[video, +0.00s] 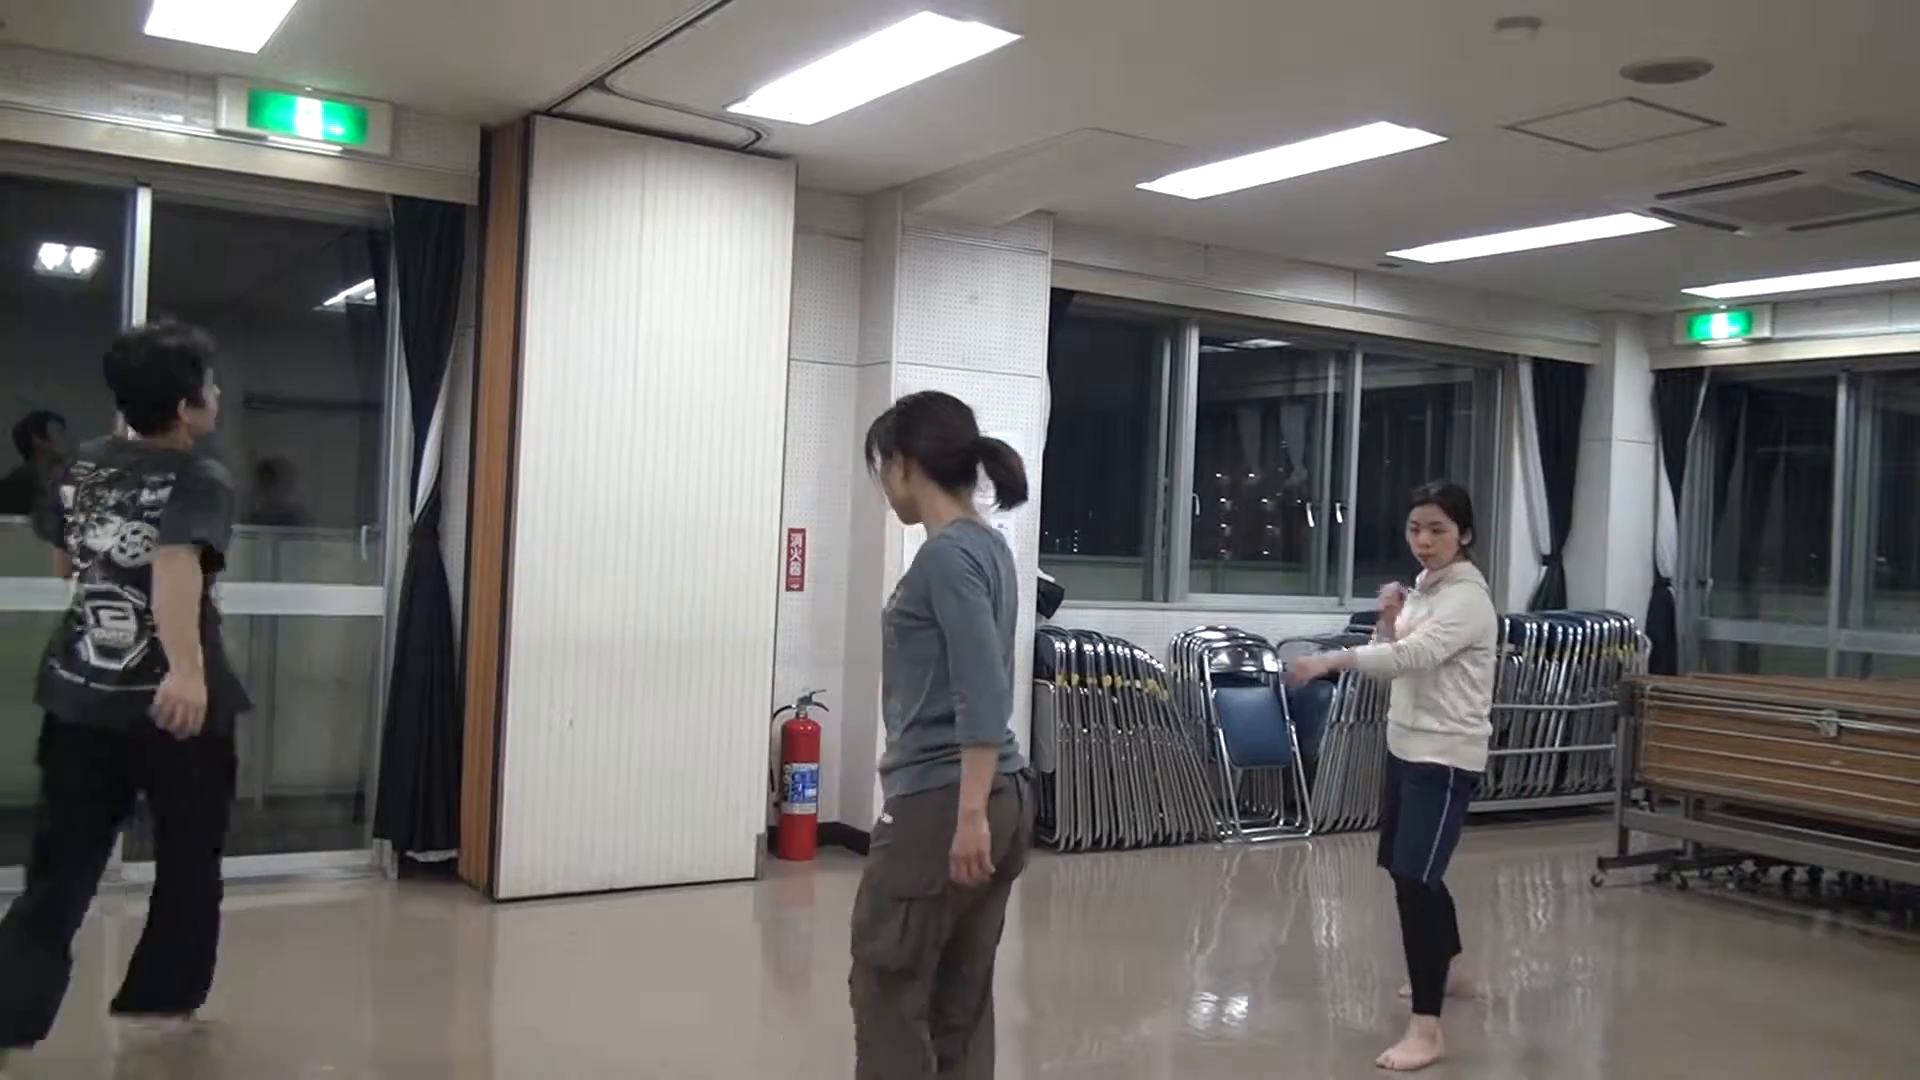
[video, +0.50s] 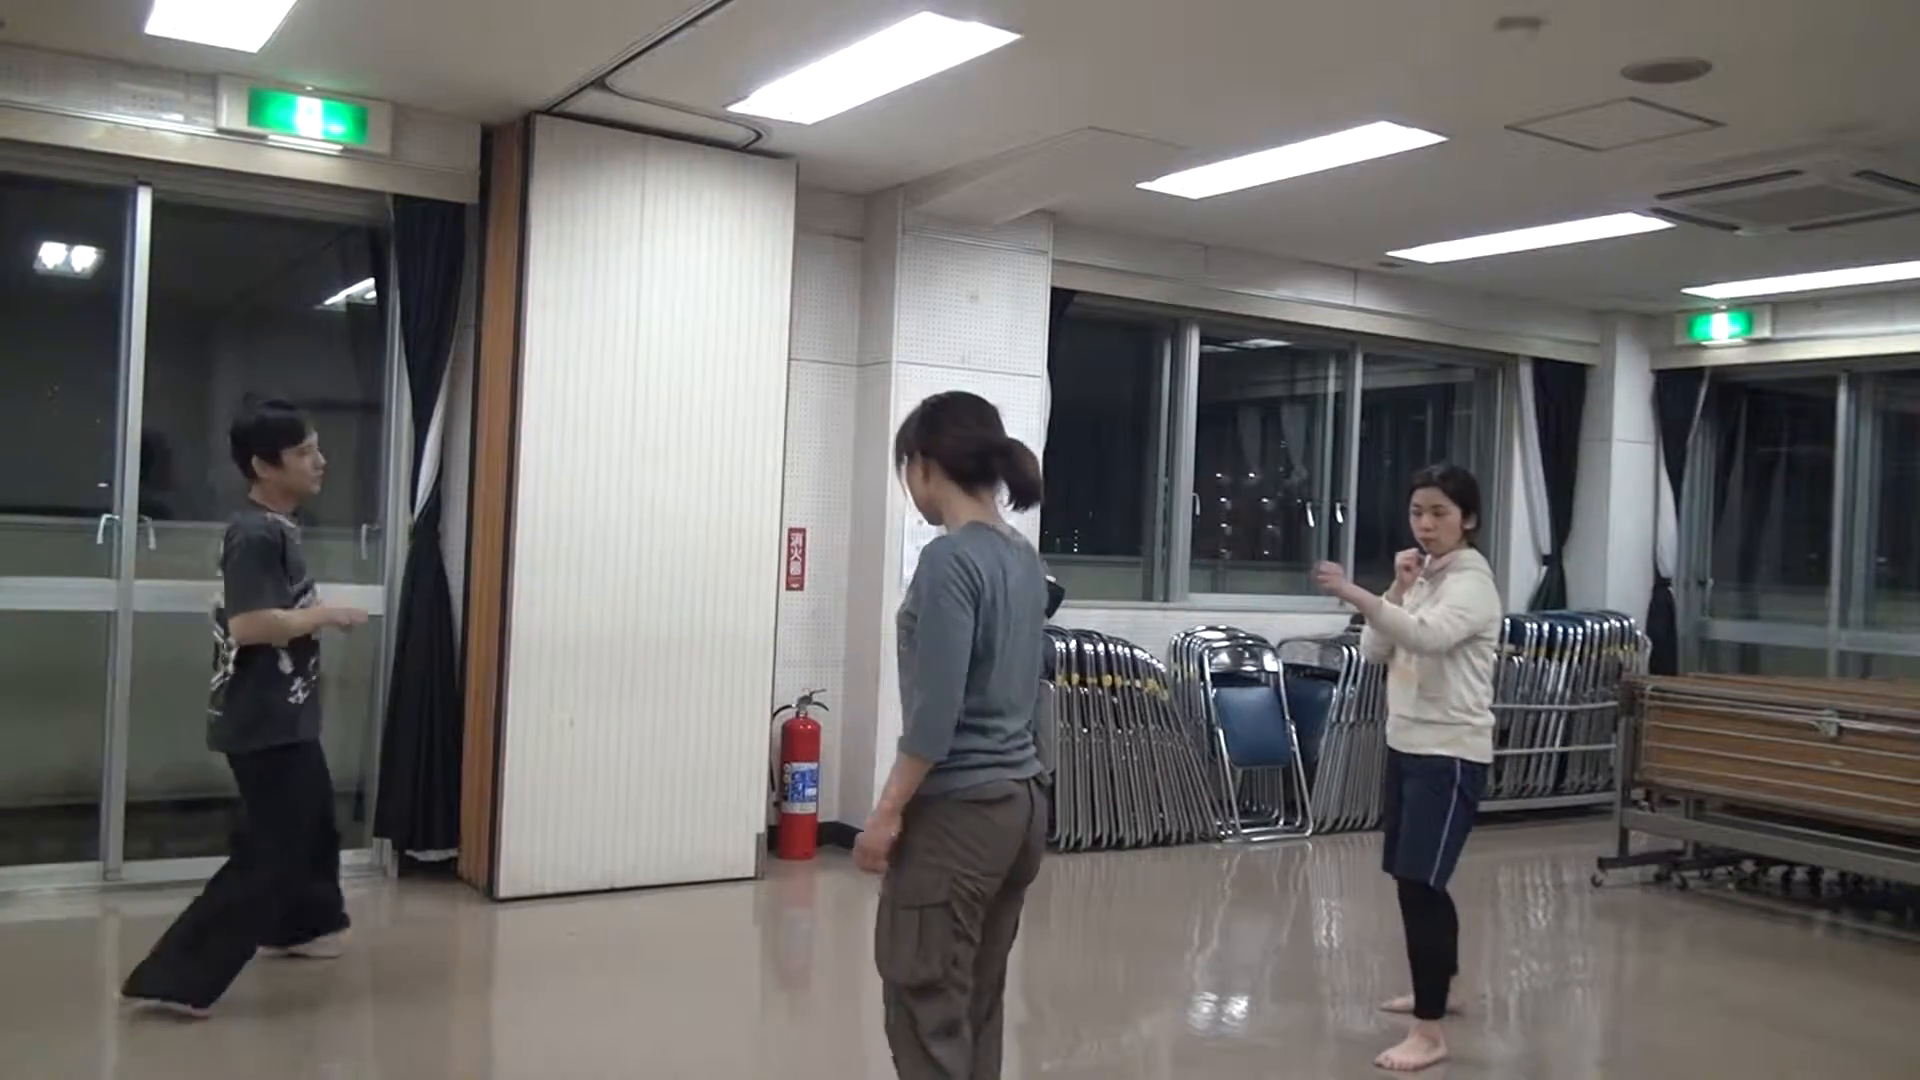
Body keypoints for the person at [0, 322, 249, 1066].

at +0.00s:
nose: (218, 397)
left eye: (212, 385)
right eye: (208, 388)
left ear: (129, 400)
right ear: (183, 404)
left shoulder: (83, 466)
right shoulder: (197, 477)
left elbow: (68, 563)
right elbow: (174, 566)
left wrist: (122, 592)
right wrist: (185, 666)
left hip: (83, 695)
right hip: (176, 700)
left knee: (60, 867)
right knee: (189, 861)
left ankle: (7, 1028)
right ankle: (157, 1009)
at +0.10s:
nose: (244, 438)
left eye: (238, 425)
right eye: (234, 429)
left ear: (161, 448)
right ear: (209, 449)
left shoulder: (124, 512)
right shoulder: (222, 521)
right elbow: (203, 600)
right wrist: (213, 691)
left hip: (115, 730)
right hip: (201, 738)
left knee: (101, 867)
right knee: (207, 897)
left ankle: (23, 969)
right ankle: (156, 1006)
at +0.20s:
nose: (263, 462)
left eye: (257, 450)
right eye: (252, 454)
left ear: (193, 472)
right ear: (222, 473)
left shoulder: (156, 536)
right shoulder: (230, 549)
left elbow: (176, 608)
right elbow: (232, 646)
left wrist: (255, 591)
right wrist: (278, 741)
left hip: (157, 744)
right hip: (220, 751)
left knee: (154, 870)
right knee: (228, 886)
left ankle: (84, 949)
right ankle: (156, 999)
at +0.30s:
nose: (282, 457)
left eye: (276, 446)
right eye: (271, 450)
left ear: (228, 467)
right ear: (238, 467)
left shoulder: (191, 528)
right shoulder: (245, 538)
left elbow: (198, 614)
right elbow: (237, 639)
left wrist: (274, 603)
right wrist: (297, 695)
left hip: (188, 736)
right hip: (233, 740)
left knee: (222, 865)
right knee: (246, 874)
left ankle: (149, 989)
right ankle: (167, 1000)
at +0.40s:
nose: (305, 454)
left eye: (301, 443)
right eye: (293, 446)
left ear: (252, 462)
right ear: (254, 460)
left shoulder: (223, 517)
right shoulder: (255, 526)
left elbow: (216, 604)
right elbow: (241, 623)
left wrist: (291, 604)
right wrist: (302, 634)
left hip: (232, 717)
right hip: (251, 722)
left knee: (272, 833)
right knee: (255, 860)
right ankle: (162, 993)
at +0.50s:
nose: (320, 462)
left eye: (318, 451)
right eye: (307, 454)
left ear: (275, 465)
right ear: (266, 464)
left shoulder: (279, 527)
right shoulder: (256, 533)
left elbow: (273, 616)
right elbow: (249, 623)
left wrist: (316, 613)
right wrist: (322, 613)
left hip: (283, 719)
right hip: (263, 723)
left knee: (312, 821)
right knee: (277, 848)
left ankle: (299, 925)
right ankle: (169, 980)